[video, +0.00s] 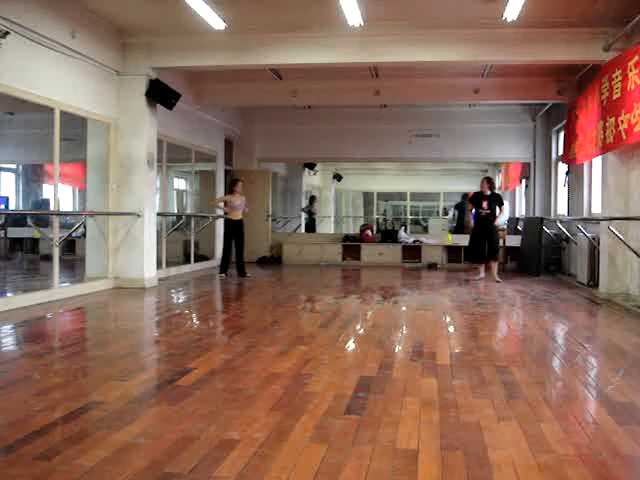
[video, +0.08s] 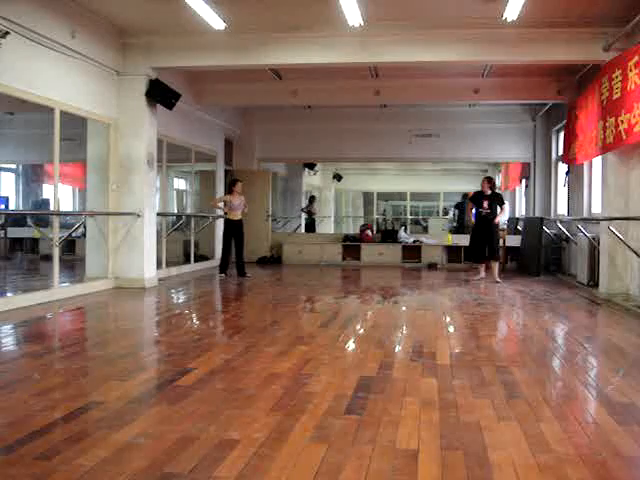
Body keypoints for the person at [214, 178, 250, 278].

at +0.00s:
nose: (240, 188)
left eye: (241, 186)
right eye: (239, 186)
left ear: (241, 187)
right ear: (234, 187)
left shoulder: (242, 198)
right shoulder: (229, 197)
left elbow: (244, 208)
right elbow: (215, 203)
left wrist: (245, 210)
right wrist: (224, 208)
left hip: (239, 220)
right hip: (230, 220)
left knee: (240, 247)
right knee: (227, 247)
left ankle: (241, 272)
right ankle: (223, 271)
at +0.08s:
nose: (240, 188)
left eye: (240, 186)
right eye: (238, 186)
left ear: (240, 187)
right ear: (233, 187)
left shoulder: (242, 198)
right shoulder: (228, 197)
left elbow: (245, 207)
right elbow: (214, 203)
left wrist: (244, 210)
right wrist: (223, 208)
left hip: (239, 220)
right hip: (229, 220)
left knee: (239, 248)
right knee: (226, 247)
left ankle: (241, 272)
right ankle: (222, 271)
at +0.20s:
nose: (237, 188)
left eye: (238, 185)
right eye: (235, 186)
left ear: (237, 187)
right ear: (230, 188)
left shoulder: (238, 198)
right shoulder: (224, 198)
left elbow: (243, 208)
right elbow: (215, 201)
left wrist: (242, 209)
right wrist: (218, 208)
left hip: (235, 220)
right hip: (226, 220)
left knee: (238, 248)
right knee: (223, 248)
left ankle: (241, 272)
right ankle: (222, 271)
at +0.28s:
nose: (234, 188)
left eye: (235, 186)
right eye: (232, 186)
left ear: (235, 187)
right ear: (227, 187)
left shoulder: (237, 197)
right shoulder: (222, 197)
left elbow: (240, 209)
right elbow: (210, 202)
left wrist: (243, 205)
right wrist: (217, 209)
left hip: (233, 221)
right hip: (224, 220)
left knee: (237, 247)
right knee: (222, 247)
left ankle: (240, 272)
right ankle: (222, 271)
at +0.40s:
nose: (232, 187)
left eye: (232, 185)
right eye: (230, 185)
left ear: (233, 187)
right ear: (225, 187)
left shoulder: (234, 196)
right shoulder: (220, 197)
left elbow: (238, 206)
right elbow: (208, 201)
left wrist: (238, 206)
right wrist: (214, 208)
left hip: (232, 220)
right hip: (222, 220)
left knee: (235, 247)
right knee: (222, 247)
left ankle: (238, 271)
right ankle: (222, 271)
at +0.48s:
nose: (232, 187)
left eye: (232, 185)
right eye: (230, 185)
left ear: (232, 187)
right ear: (224, 187)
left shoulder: (234, 196)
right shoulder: (219, 197)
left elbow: (238, 204)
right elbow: (206, 201)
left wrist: (237, 208)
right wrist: (213, 209)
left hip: (232, 220)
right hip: (222, 220)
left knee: (235, 247)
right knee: (222, 247)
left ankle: (239, 271)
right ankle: (221, 271)